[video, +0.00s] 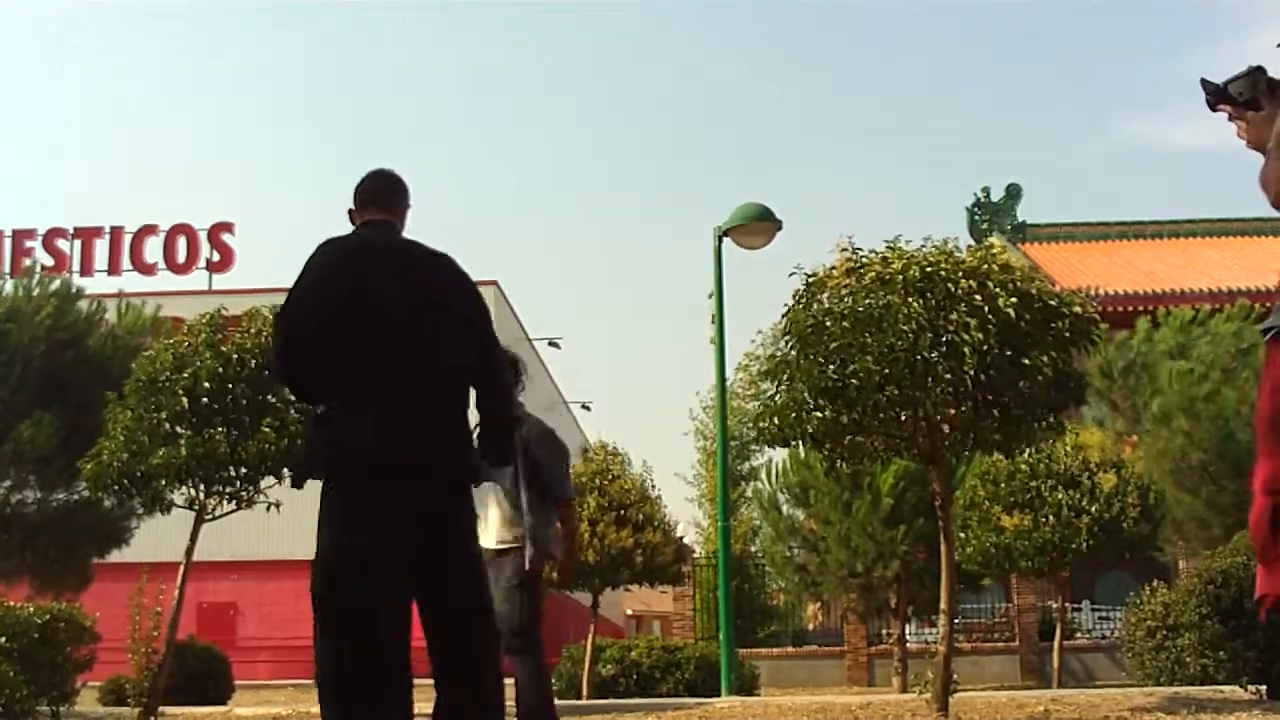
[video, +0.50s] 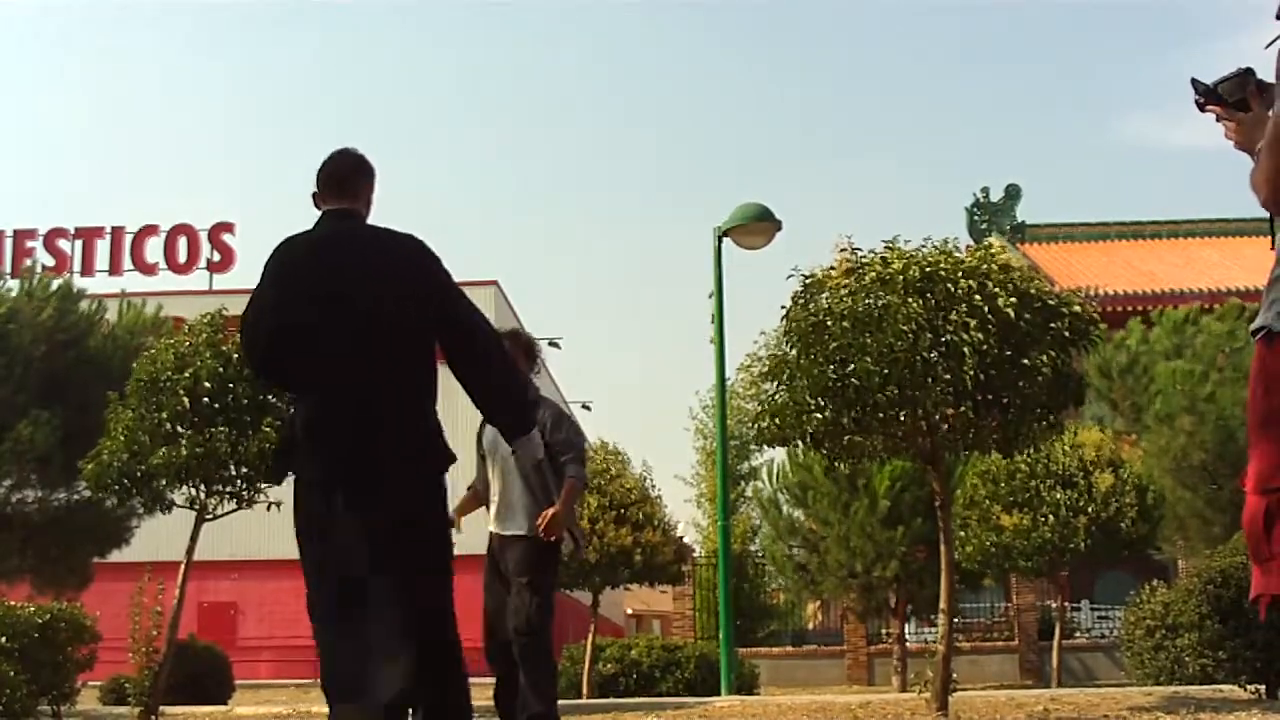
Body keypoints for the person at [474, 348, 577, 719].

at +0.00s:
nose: (497, 393)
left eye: (502, 384)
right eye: (492, 384)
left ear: (513, 384)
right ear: (481, 388)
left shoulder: (534, 434)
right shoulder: (473, 432)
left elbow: (563, 499)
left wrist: (568, 550)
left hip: (516, 552)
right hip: (475, 552)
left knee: (521, 647)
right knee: (477, 650)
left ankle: (536, 713)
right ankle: (484, 712)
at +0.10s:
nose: (495, 385)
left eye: (504, 377)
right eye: (491, 377)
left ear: (521, 378)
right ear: (484, 382)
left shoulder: (540, 430)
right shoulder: (484, 433)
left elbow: (568, 491)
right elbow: (479, 490)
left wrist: (569, 548)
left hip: (523, 547)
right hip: (486, 546)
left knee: (518, 637)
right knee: (482, 639)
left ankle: (536, 712)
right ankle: (483, 710)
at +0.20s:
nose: (503, 375)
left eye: (510, 366)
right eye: (498, 366)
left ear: (528, 369)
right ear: (489, 372)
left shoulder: (548, 423)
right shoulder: (491, 426)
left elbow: (574, 486)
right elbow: (487, 491)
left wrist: (570, 541)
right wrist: (453, 519)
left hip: (528, 547)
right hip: (492, 546)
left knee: (524, 644)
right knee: (478, 645)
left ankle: (538, 714)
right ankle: (492, 715)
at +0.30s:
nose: (505, 370)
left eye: (513, 361)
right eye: (500, 361)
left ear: (530, 365)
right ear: (492, 367)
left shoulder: (551, 417)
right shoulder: (491, 420)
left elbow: (576, 474)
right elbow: (489, 485)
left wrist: (566, 518)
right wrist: (456, 514)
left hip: (532, 542)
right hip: (494, 540)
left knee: (526, 635)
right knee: (486, 633)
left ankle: (539, 711)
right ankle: (498, 710)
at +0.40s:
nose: (504, 370)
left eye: (512, 360)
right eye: (500, 361)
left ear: (530, 364)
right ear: (492, 367)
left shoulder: (552, 415)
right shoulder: (491, 421)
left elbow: (576, 465)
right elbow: (486, 484)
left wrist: (564, 506)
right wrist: (455, 510)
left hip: (534, 540)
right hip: (497, 539)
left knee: (527, 631)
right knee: (490, 630)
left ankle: (539, 711)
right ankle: (501, 712)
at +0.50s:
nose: (504, 369)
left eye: (512, 359)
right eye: (499, 360)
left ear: (530, 364)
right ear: (491, 366)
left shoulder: (551, 414)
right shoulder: (489, 423)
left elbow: (575, 464)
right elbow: (484, 484)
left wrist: (563, 508)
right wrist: (455, 514)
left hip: (535, 541)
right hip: (499, 541)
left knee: (528, 634)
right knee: (497, 639)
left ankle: (539, 712)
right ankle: (510, 712)